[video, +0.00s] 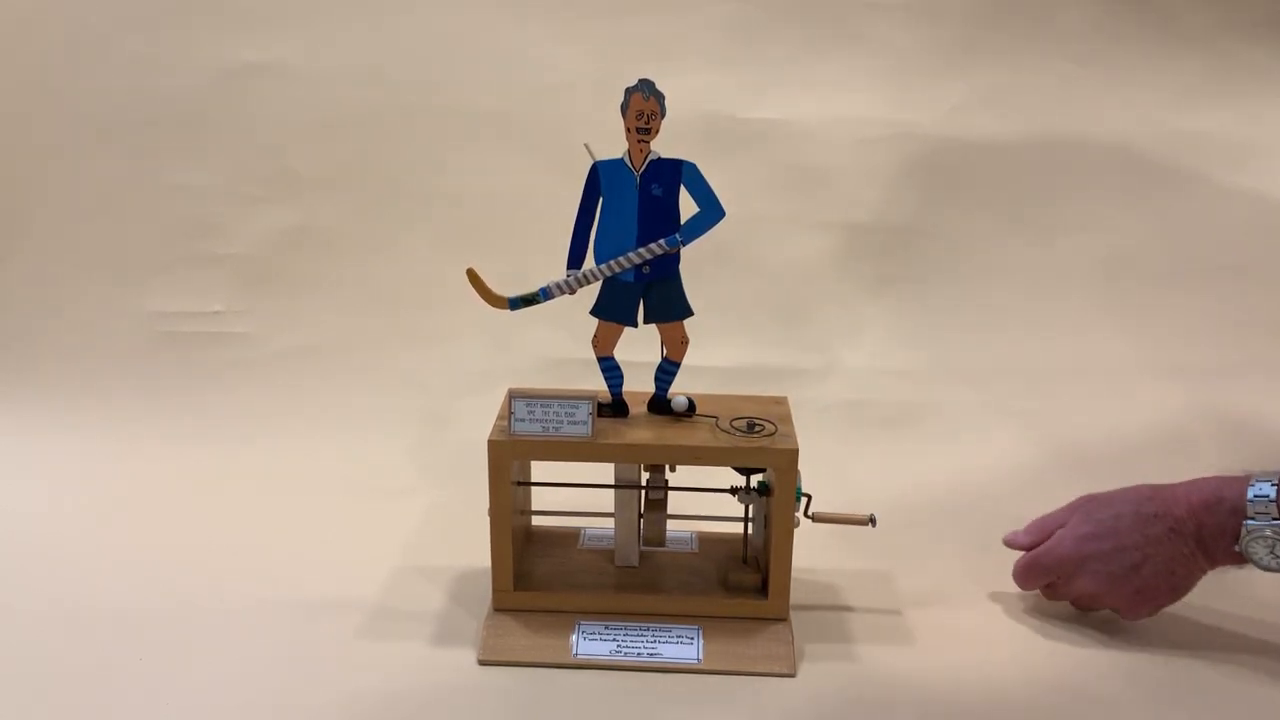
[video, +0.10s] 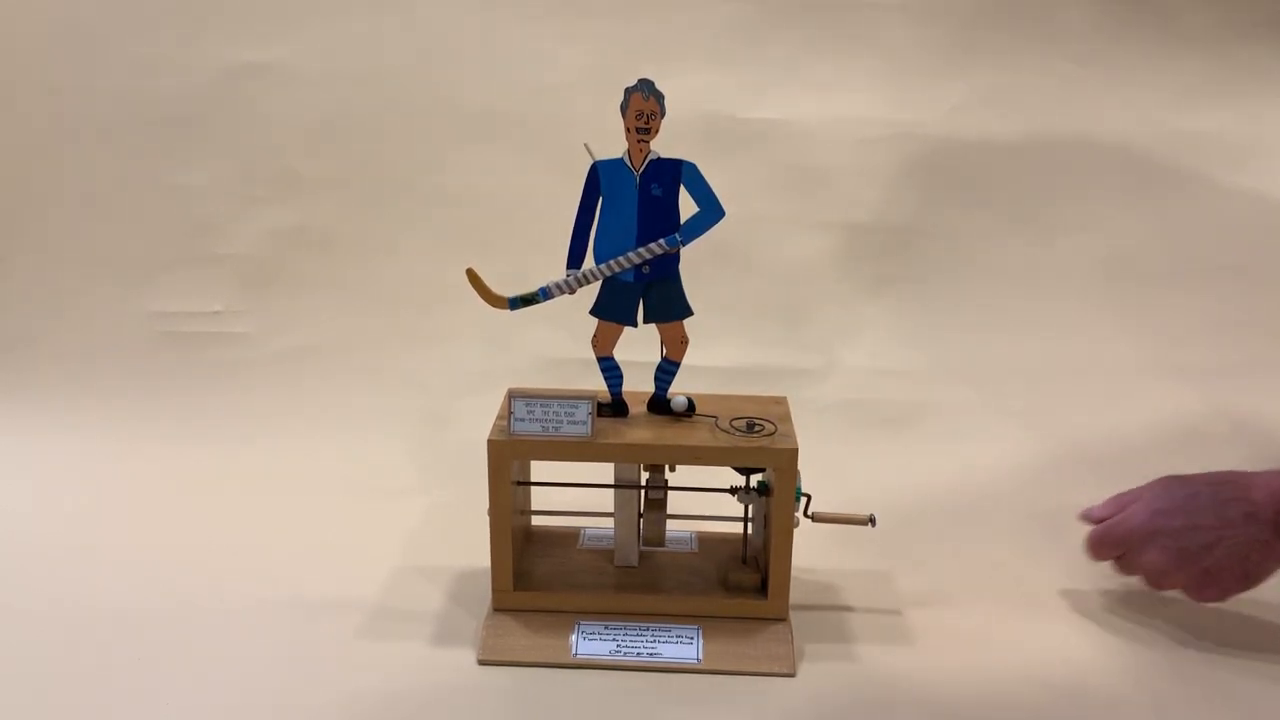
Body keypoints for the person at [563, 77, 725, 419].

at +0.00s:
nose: (645, 120)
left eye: (652, 114)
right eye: (638, 113)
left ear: (661, 122)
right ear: (623, 118)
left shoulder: (677, 170)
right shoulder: (602, 171)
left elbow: (714, 211)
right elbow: (583, 225)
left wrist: (677, 241)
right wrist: (573, 273)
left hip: (662, 276)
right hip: (619, 276)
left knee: (677, 344)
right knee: (602, 344)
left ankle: (660, 400)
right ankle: (617, 401)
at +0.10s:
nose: (645, 121)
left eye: (652, 114)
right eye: (638, 113)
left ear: (661, 121)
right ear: (623, 118)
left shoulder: (677, 170)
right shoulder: (602, 171)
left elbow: (714, 211)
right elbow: (583, 224)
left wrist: (676, 241)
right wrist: (573, 272)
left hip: (662, 276)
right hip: (619, 276)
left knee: (677, 343)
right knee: (602, 344)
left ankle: (659, 400)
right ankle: (617, 400)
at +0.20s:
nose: (644, 121)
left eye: (652, 115)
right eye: (638, 113)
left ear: (660, 121)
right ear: (623, 118)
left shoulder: (677, 170)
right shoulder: (601, 171)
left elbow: (714, 211)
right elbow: (582, 225)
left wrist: (676, 241)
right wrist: (572, 273)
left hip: (661, 277)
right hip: (618, 277)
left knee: (676, 343)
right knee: (601, 344)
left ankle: (659, 400)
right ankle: (616, 401)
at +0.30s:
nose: (644, 121)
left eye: (651, 115)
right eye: (637, 114)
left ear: (660, 122)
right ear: (622, 119)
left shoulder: (676, 170)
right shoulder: (601, 172)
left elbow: (714, 211)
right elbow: (582, 225)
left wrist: (675, 241)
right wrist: (572, 273)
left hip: (661, 276)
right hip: (618, 276)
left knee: (676, 343)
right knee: (601, 344)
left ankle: (658, 400)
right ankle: (616, 401)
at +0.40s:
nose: (644, 121)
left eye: (651, 115)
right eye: (637, 114)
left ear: (660, 122)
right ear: (622, 119)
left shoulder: (676, 170)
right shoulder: (601, 171)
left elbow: (713, 211)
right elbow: (582, 225)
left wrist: (675, 241)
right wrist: (572, 273)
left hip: (661, 277)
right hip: (617, 277)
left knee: (676, 343)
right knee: (601, 344)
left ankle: (658, 400)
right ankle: (615, 401)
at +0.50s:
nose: (643, 121)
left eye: (651, 115)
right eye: (637, 113)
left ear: (660, 121)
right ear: (622, 118)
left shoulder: (676, 170)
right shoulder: (601, 171)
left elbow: (713, 211)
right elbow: (581, 225)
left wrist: (675, 241)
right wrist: (571, 273)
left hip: (661, 277)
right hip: (617, 277)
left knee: (675, 343)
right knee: (600, 344)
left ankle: (658, 400)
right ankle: (615, 401)